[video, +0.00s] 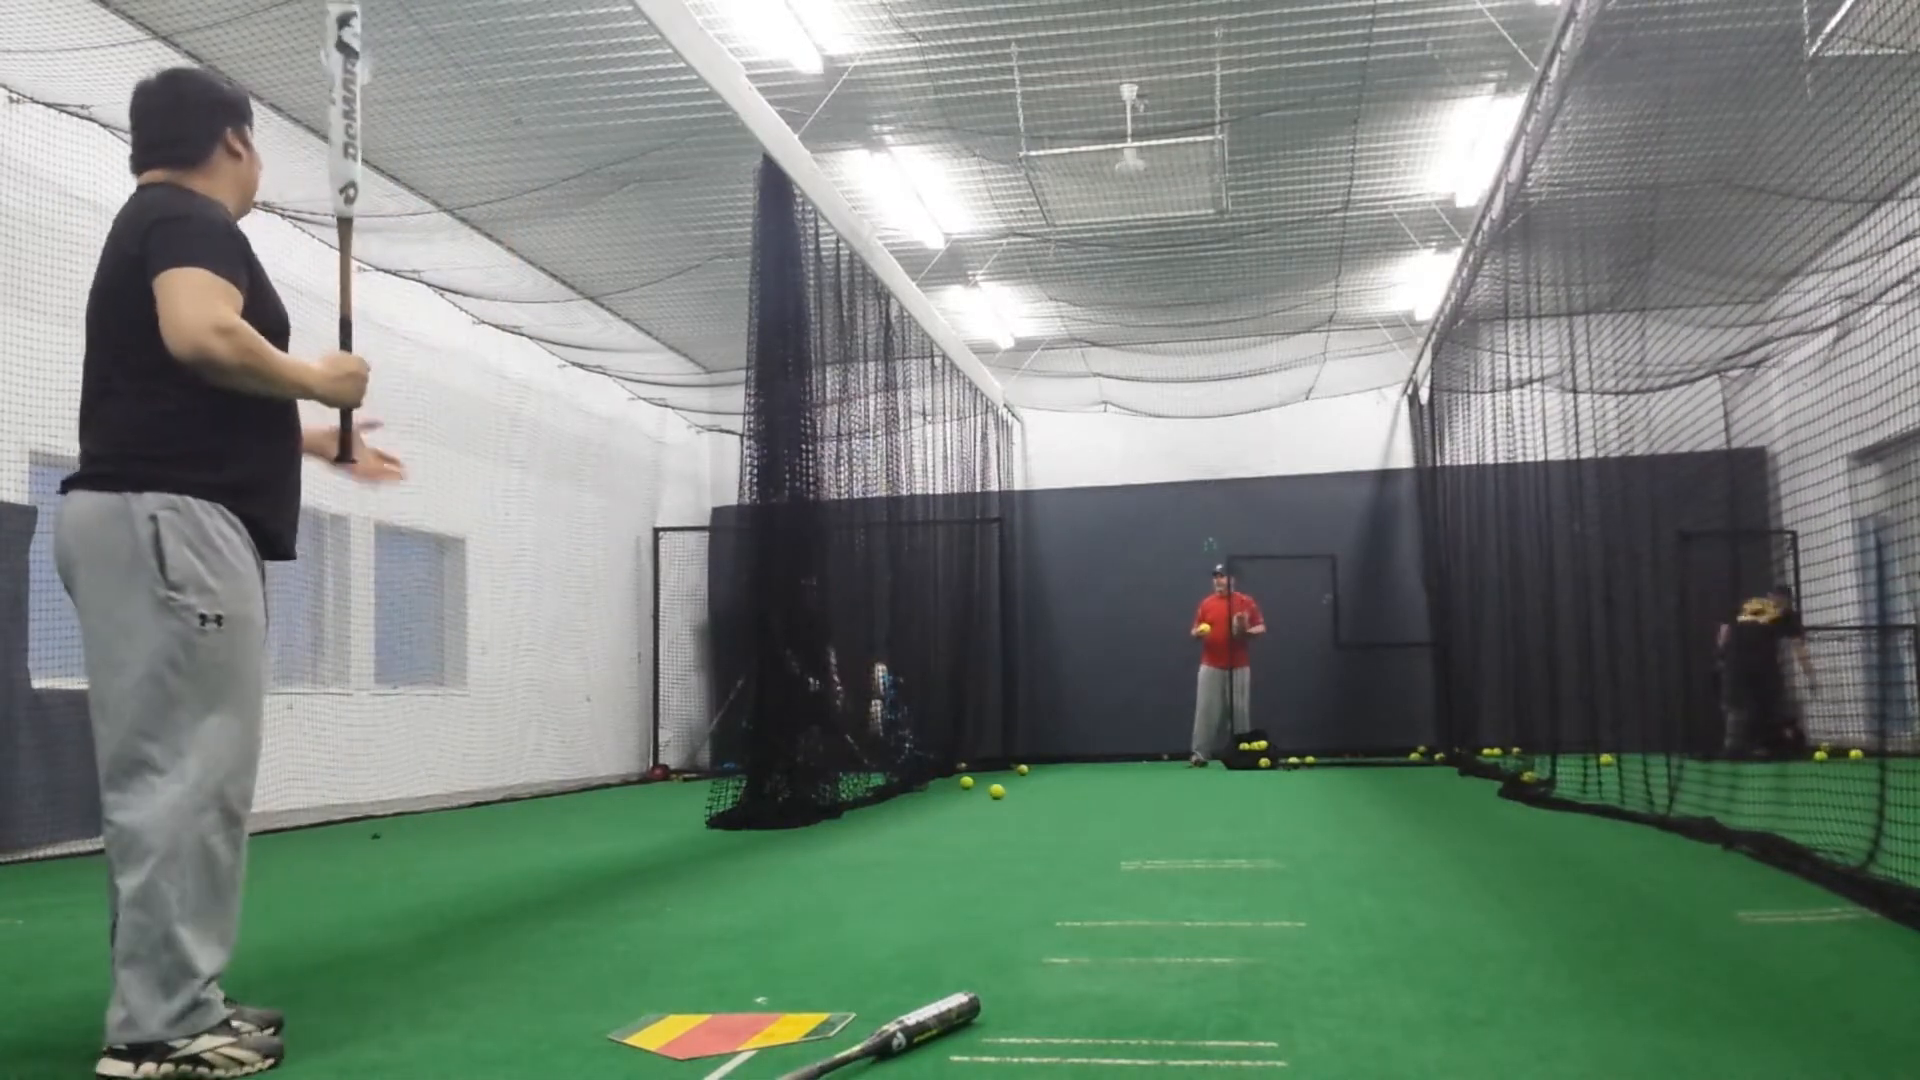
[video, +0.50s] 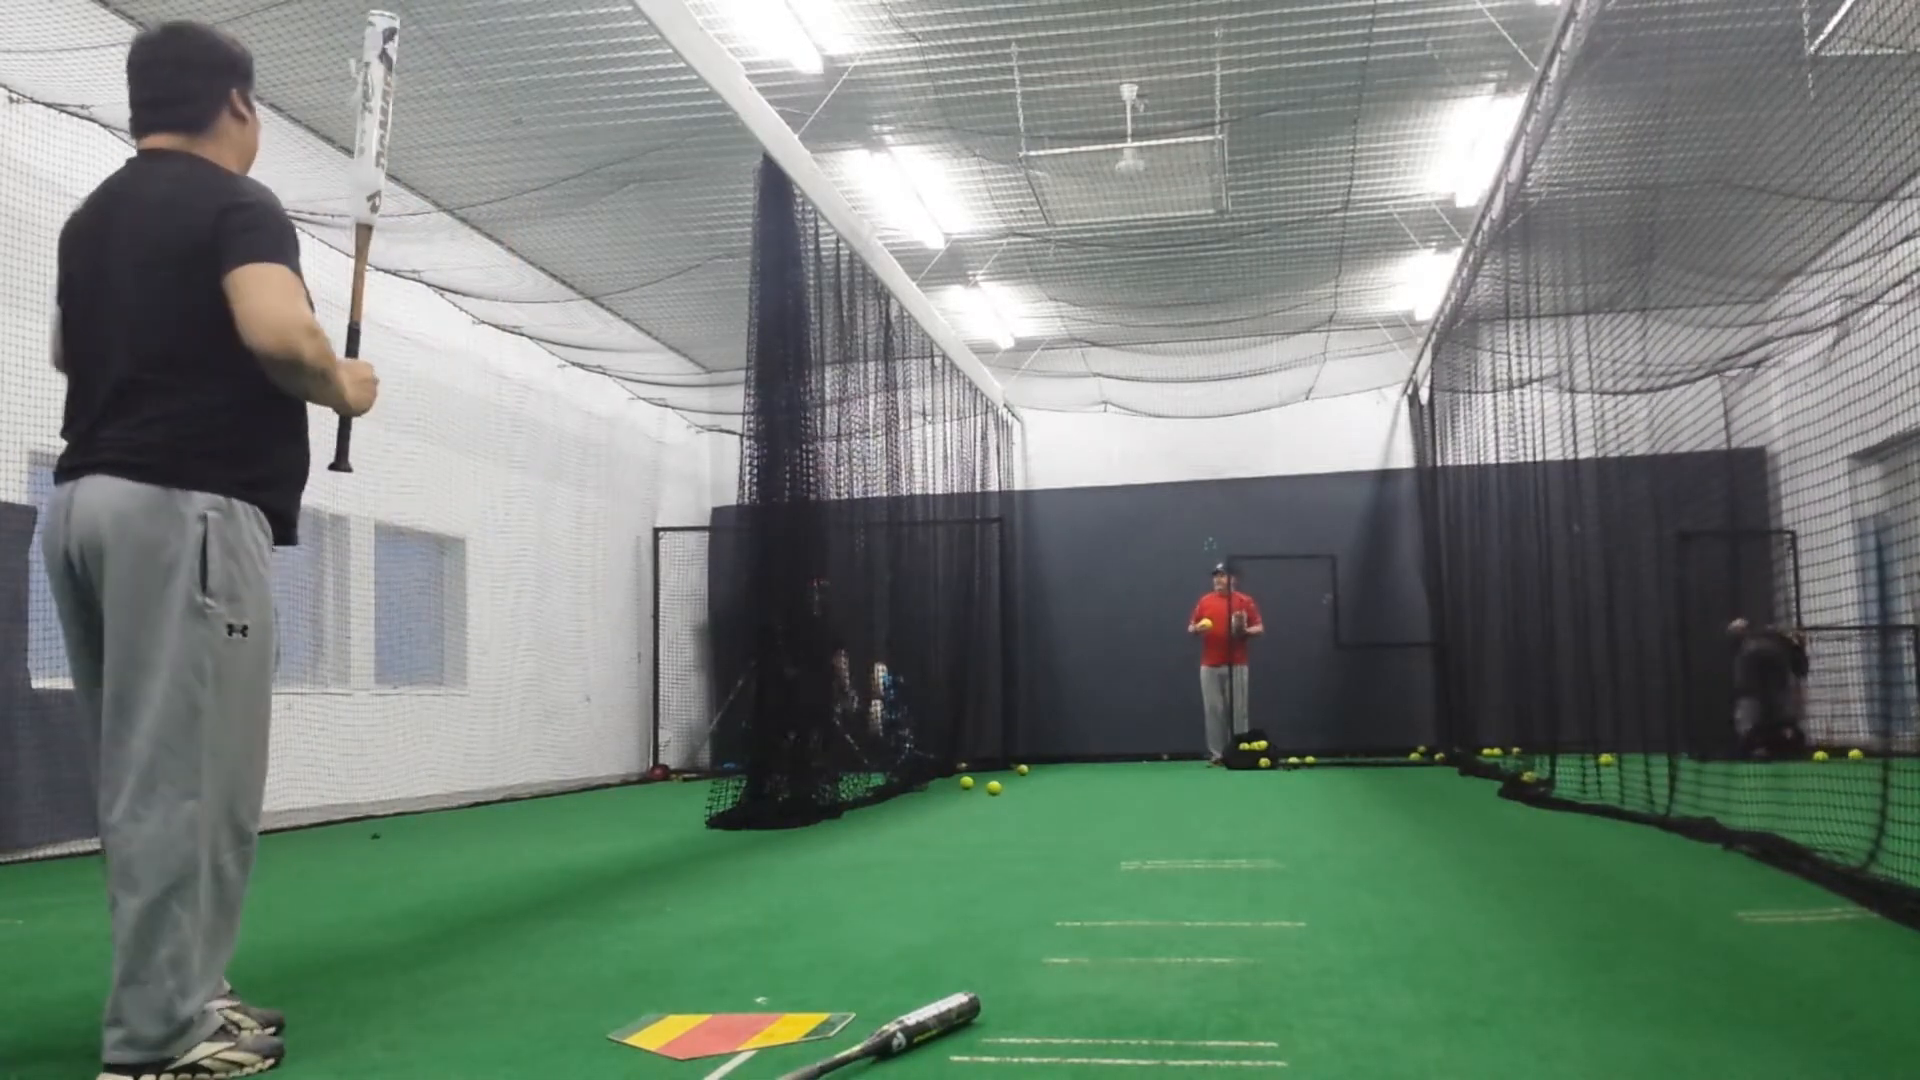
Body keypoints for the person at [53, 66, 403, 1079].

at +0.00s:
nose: (261, 165)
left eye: (254, 147)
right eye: (255, 146)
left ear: (160, 149)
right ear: (230, 142)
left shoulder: (157, 225)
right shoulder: (188, 217)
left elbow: (193, 400)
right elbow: (197, 334)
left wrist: (316, 440)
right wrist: (314, 377)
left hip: (139, 522)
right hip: (167, 526)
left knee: (165, 771)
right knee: (189, 772)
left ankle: (170, 1000)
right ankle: (162, 1020)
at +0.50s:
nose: (259, 127)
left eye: (254, 110)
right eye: (255, 109)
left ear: (148, 114)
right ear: (231, 107)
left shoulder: (89, 217)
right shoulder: (237, 201)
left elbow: (83, 370)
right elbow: (274, 332)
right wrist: (339, 382)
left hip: (85, 510)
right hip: (185, 515)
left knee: (144, 768)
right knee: (190, 776)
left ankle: (175, 994)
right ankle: (157, 1031)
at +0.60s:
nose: (260, 123)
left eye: (256, 106)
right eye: (257, 106)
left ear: (147, 108)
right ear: (234, 104)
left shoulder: (81, 212)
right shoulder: (247, 203)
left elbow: (52, 370)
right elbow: (290, 337)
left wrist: (106, 444)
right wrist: (344, 385)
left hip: (73, 510)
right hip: (182, 516)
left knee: (132, 769)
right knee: (186, 773)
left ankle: (167, 992)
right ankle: (156, 1033)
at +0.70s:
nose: (260, 119)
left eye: (257, 103)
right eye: (257, 102)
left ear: (142, 105)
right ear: (235, 100)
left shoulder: (70, 207)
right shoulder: (253, 202)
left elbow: (25, 356)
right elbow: (301, 341)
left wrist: (37, 486)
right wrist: (338, 388)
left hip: (66, 508)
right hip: (182, 514)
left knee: (111, 764)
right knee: (180, 769)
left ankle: (133, 998)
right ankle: (158, 1031)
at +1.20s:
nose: (236, 114)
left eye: (229, 97)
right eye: (233, 97)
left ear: (118, 97)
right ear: (212, 97)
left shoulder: (31, 195)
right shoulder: (258, 208)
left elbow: (7, 344)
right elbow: (335, 358)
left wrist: (47, 400)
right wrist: (288, 398)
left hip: (23, 507)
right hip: (162, 516)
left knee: (21, 781)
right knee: (169, 783)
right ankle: (162, 1033)